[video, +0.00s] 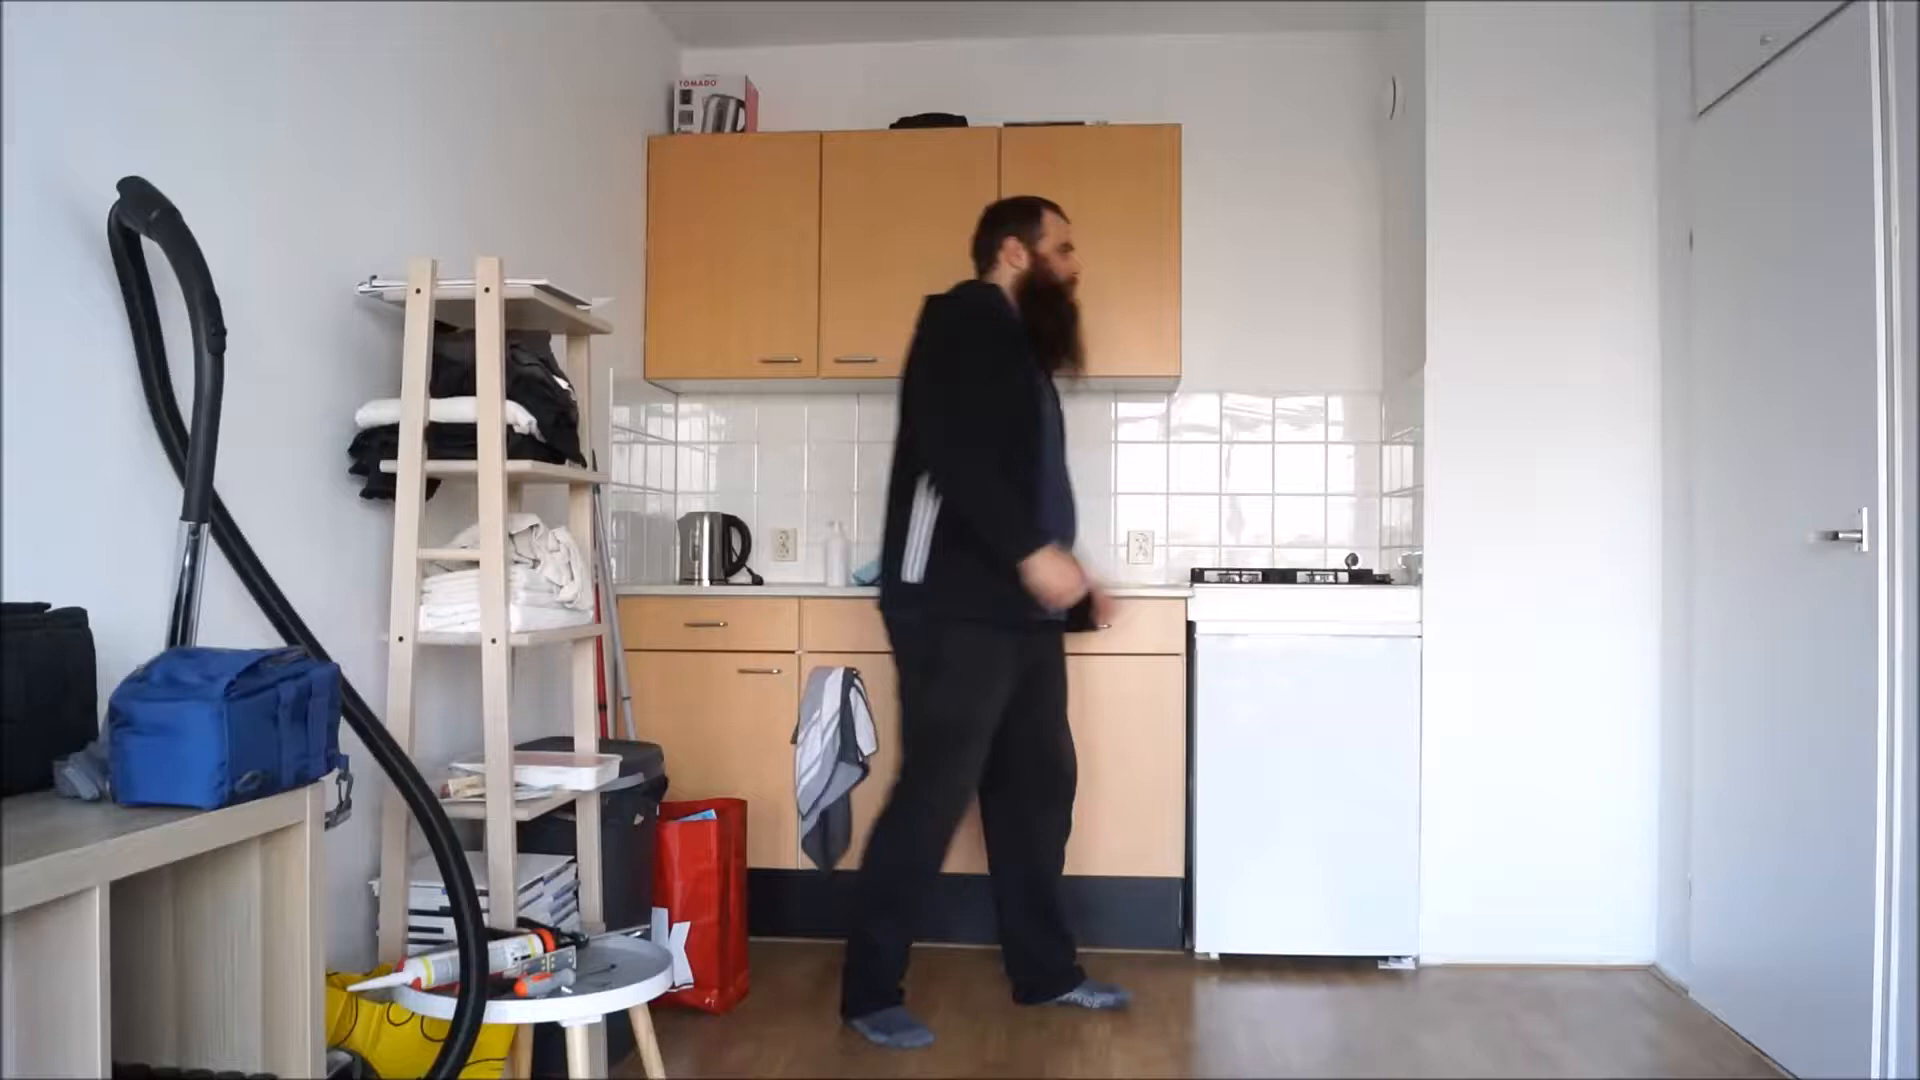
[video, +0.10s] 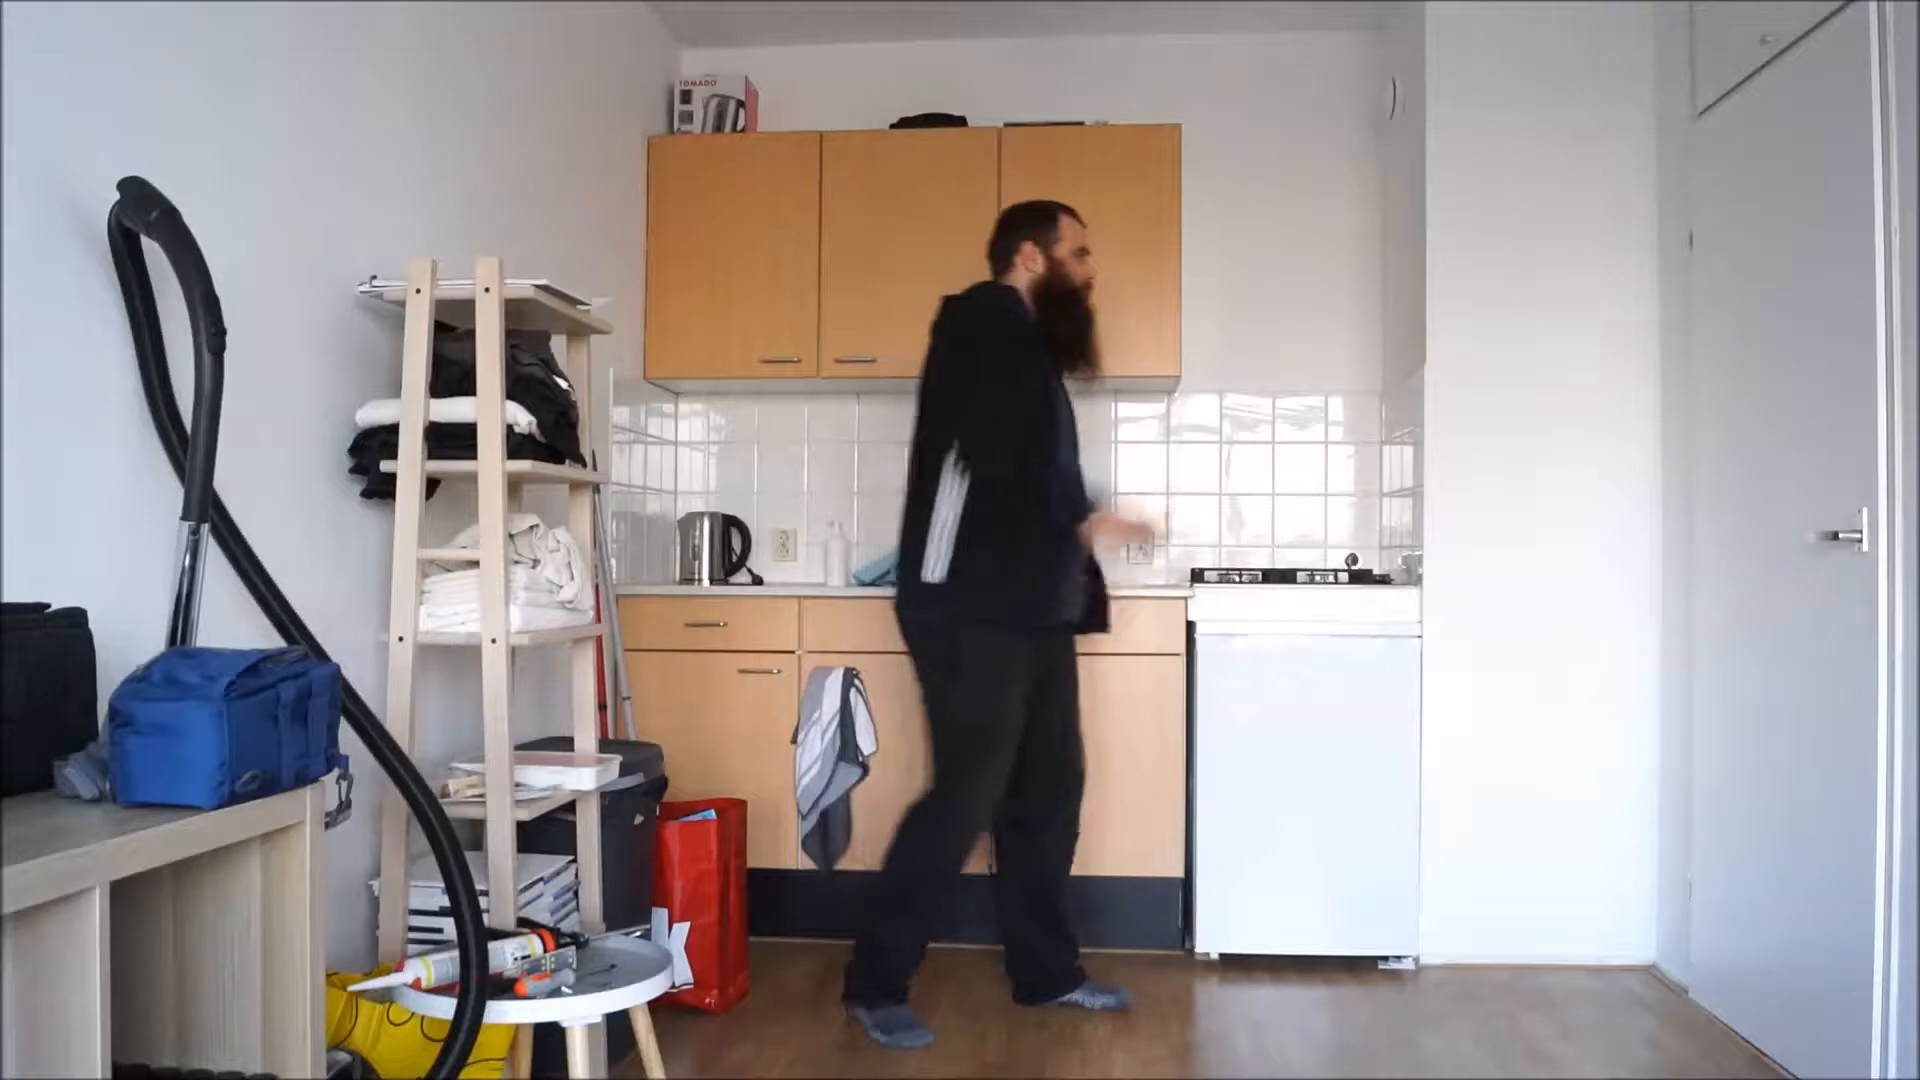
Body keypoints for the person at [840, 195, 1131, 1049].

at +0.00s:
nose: (1075, 262)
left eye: (1074, 249)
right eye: (1063, 247)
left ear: (1020, 256)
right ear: (1011, 252)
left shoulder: (1016, 340)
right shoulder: (962, 319)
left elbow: (1020, 476)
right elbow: (957, 453)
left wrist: (1063, 576)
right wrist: (1026, 549)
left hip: (1015, 606)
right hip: (951, 604)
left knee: (1033, 786)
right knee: (934, 794)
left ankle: (1042, 973)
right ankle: (868, 993)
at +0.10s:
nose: (1090, 267)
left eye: (1089, 254)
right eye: (1079, 252)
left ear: (1032, 258)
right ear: (1028, 256)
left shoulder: (1022, 337)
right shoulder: (984, 321)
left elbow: (1032, 469)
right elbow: (1001, 457)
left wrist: (1085, 523)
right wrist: (1087, 516)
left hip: (1028, 603)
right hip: (967, 604)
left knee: (1044, 787)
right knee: (970, 789)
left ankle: (1043, 973)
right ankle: (874, 984)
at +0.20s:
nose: (1106, 275)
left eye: (1106, 261)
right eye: (1096, 259)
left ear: (1045, 262)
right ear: (1045, 257)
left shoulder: (1031, 333)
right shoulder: (999, 316)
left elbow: (1046, 464)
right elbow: (1056, 449)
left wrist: (1121, 434)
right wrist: (1144, 430)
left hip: (1036, 603)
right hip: (977, 603)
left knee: (1061, 781)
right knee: (1012, 785)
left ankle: (1044, 974)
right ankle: (897, 976)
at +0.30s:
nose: (1121, 282)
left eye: (1124, 270)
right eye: (1113, 265)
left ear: (1066, 264)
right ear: (1064, 260)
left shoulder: (1064, 330)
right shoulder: (1007, 306)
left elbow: (1145, 403)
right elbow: (1133, 396)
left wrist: (1152, 316)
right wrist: (1155, 310)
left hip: (1044, 594)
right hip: (987, 592)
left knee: (1073, 780)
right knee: (1032, 785)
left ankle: (1047, 975)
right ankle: (985, 1012)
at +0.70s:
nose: (1183, 334)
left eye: (1186, 320)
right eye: (1175, 318)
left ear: (1139, 314)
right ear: (1129, 305)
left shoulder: (1131, 368)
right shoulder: (1066, 337)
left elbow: (1222, 432)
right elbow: (1154, 427)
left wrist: (1216, 338)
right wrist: (1192, 347)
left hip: (1065, 619)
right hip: (995, 614)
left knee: (1122, 769)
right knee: (1055, 800)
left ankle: (1111, 954)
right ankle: (1015, 1026)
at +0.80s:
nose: (1211, 390)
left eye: (1214, 378)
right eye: (1206, 375)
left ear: (1174, 361)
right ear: (1169, 352)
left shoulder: (1154, 413)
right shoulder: (1087, 379)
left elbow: (1223, 497)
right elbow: (1155, 500)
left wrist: (1233, 401)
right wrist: (1213, 407)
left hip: (1067, 641)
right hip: (987, 631)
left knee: (1137, 770)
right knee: (1063, 801)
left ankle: (1116, 957)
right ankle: (1015, 1028)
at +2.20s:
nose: (1205, 268)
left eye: (1207, 258)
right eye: (1191, 250)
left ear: (1188, 281)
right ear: (1130, 264)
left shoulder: (1179, 344)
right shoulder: (1065, 319)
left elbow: (1260, 398)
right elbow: (1150, 381)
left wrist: (1232, 285)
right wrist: (1174, 286)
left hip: (1149, 619)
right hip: (1051, 609)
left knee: (1193, 806)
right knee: (1065, 803)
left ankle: (1187, 991)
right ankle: (1008, 1021)